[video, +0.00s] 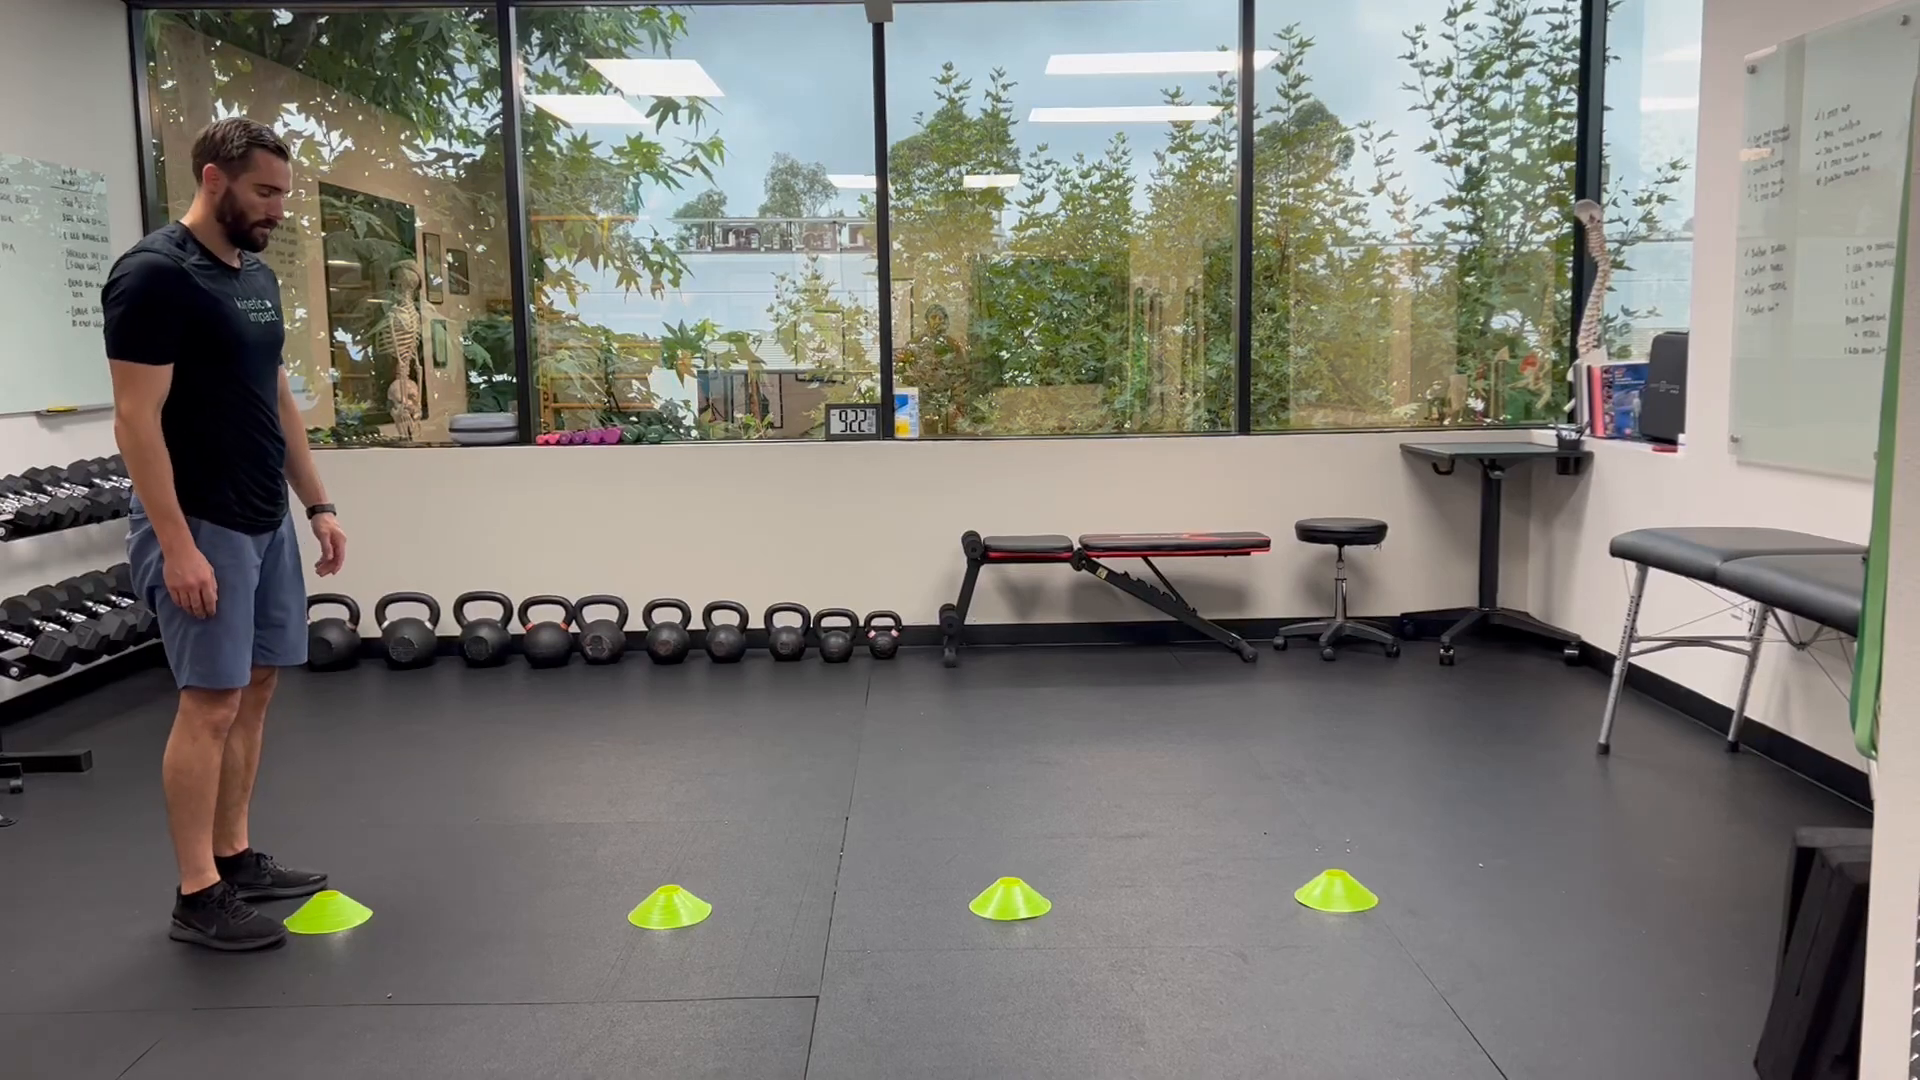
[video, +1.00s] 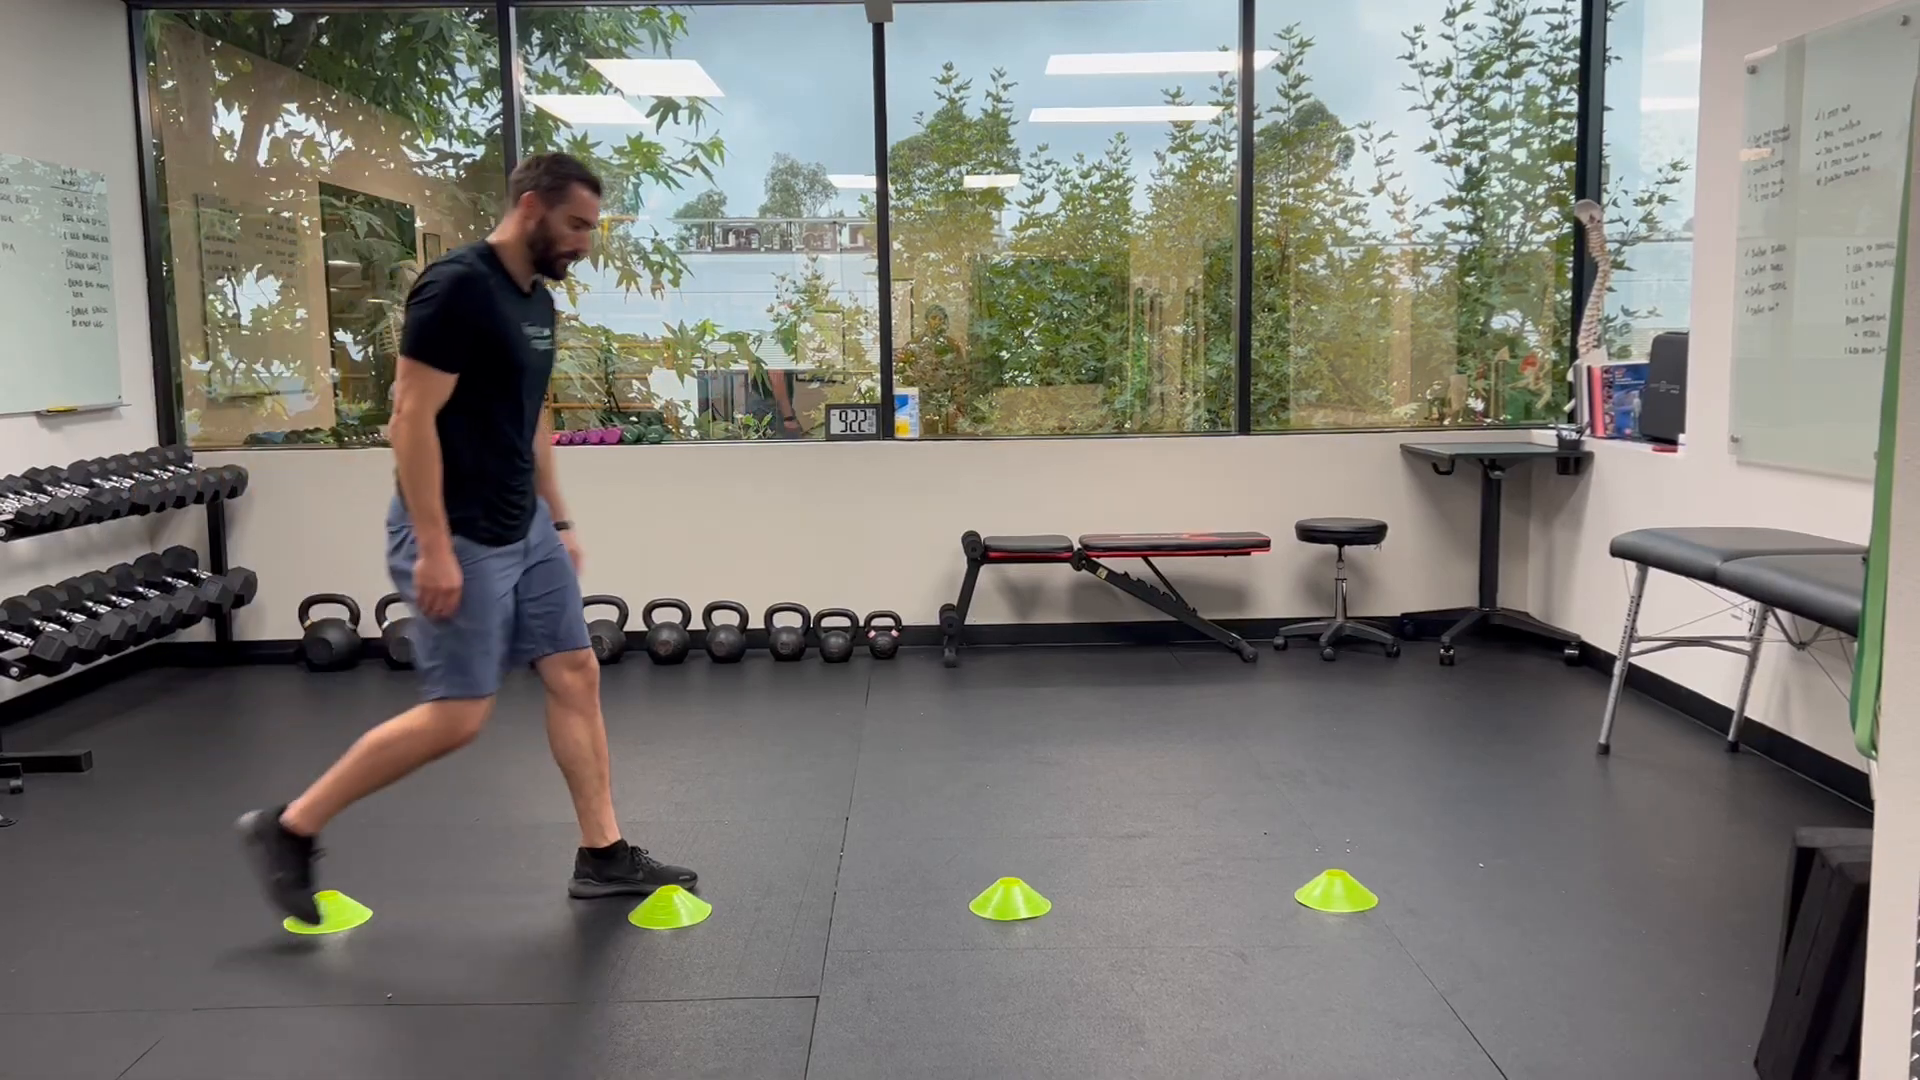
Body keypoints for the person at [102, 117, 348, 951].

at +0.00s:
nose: (277, 209)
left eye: (283, 195)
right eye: (265, 192)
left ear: (275, 193)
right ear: (214, 179)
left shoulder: (256, 275)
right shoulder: (151, 276)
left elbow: (275, 396)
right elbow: (136, 422)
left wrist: (317, 502)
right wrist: (175, 546)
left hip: (268, 522)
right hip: (201, 529)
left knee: (255, 690)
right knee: (208, 703)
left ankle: (232, 860)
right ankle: (196, 894)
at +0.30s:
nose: (301, 214)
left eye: (307, 199)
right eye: (290, 196)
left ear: (269, 193)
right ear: (236, 184)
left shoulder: (269, 275)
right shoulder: (171, 283)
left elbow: (279, 402)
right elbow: (146, 428)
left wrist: (317, 501)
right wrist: (177, 557)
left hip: (292, 519)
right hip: (222, 532)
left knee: (354, 666)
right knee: (218, 710)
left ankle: (273, 819)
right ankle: (197, 893)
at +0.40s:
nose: (318, 216)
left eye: (325, 200)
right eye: (307, 198)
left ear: (304, 196)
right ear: (255, 184)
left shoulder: (281, 275)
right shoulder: (191, 284)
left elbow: (272, 398)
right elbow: (166, 431)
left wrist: (313, 473)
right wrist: (193, 562)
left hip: (308, 513)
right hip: (234, 534)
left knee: (386, 653)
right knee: (220, 712)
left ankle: (365, 828)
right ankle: (199, 894)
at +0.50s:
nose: (345, 218)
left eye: (351, 203)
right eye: (334, 201)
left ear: (308, 196)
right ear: (281, 187)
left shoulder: (300, 273)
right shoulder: (215, 288)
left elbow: (292, 402)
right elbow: (190, 434)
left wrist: (323, 493)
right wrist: (222, 565)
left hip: (325, 511)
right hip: (253, 533)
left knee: (406, 651)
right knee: (225, 714)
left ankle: (474, 817)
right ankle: (199, 894)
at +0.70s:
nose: (417, 244)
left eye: (423, 230)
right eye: (410, 227)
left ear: (383, 217)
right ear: (361, 210)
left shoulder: (371, 289)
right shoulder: (290, 304)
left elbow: (355, 420)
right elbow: (265, 450)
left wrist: (381, 516)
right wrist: (305, 576)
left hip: (392, 531)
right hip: (317, 550)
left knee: (478, 664)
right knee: (265, 720)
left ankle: (571, 823)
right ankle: (203, 892)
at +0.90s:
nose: (537, 255)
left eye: (543, 240)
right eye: (528, 236)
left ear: (497, 229)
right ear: (481, 220)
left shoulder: (486, 307)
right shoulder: (410, 309)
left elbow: (459, 433)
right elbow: (367, 443)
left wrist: (480, 531)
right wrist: (391, 573)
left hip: (491, 545)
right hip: (415, 563)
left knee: (564, 676)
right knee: (358, 726)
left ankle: (603, 854)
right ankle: (222, 870)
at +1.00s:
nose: (585, 243)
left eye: (591, 229)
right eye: (578, 225)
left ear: (557, 218)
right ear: (530, 206)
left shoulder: (537, 299)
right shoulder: (456, 287)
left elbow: (531, 420)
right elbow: (410, 418)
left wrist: (557, 519)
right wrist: (434, 547)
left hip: (526, 534)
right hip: (457, 543)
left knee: (574, 672)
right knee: (457, 714)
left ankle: (603, 851)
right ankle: (289, 829)